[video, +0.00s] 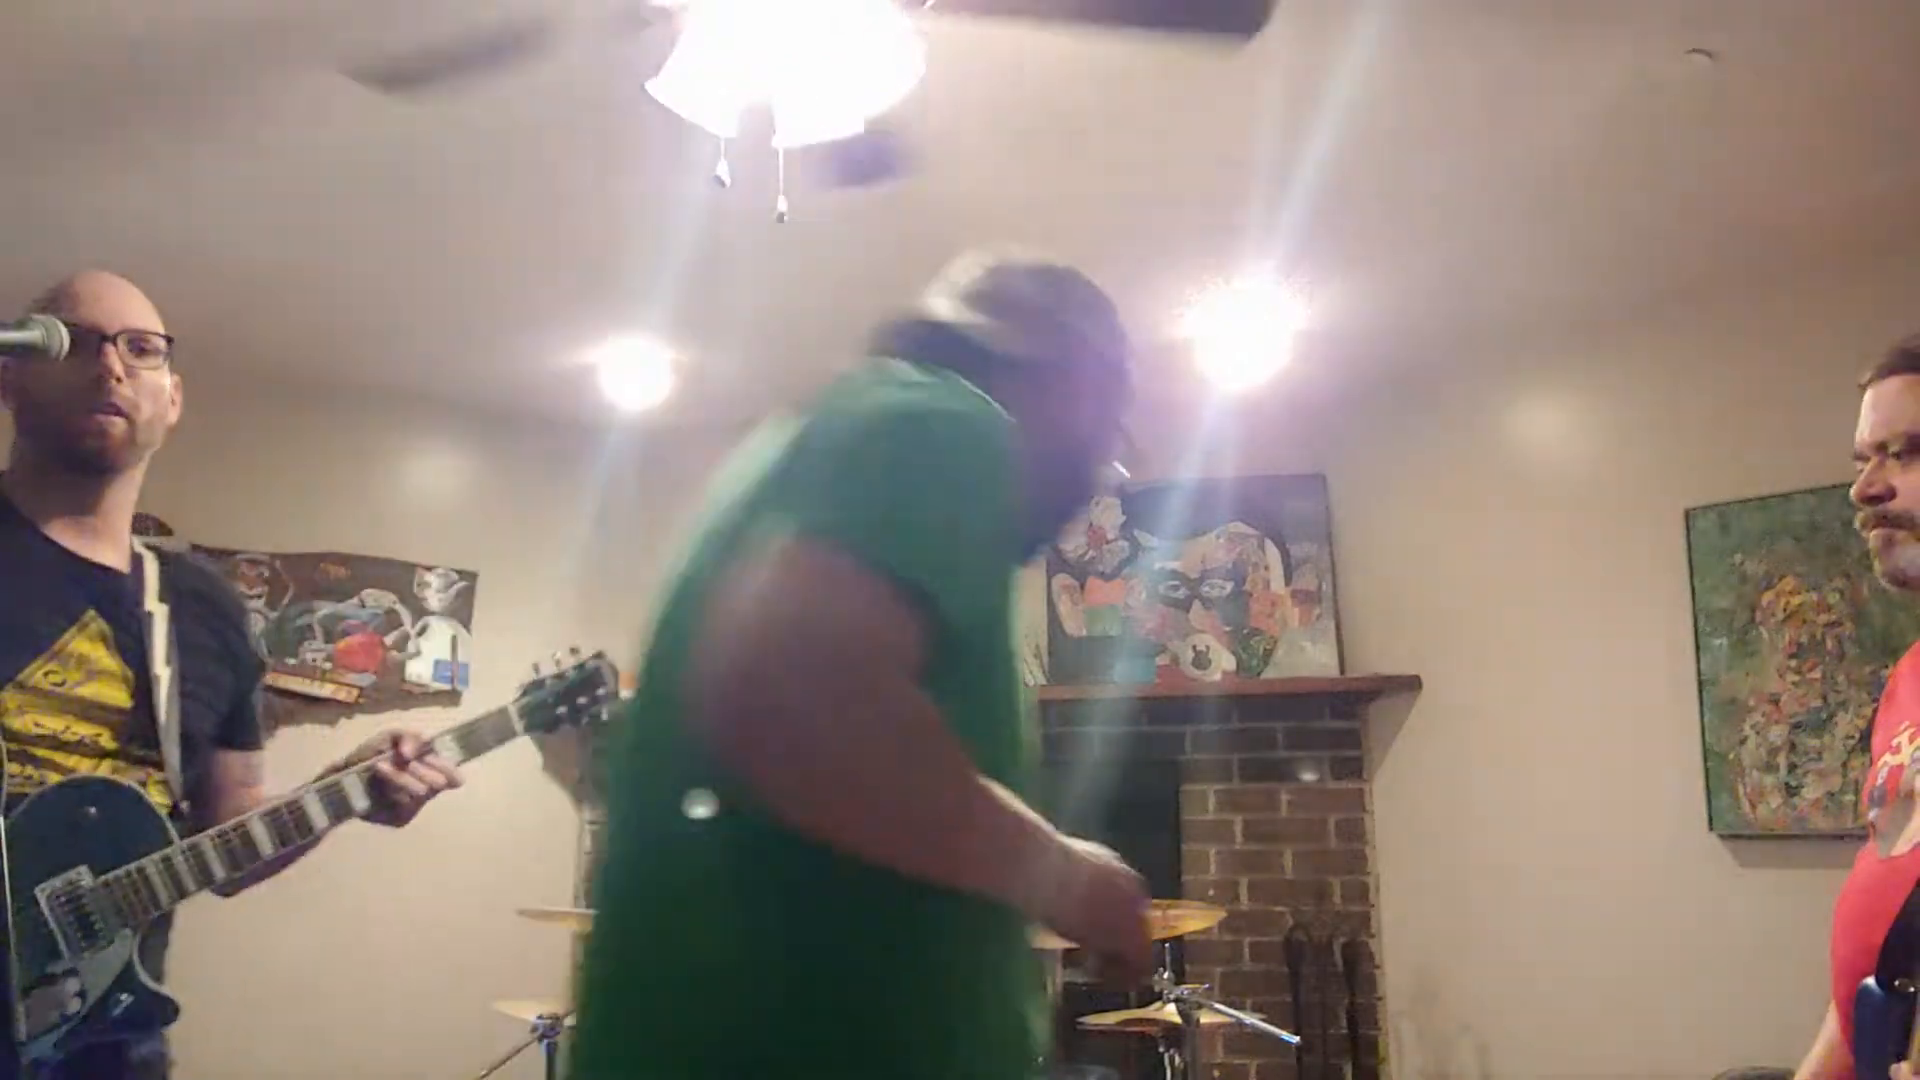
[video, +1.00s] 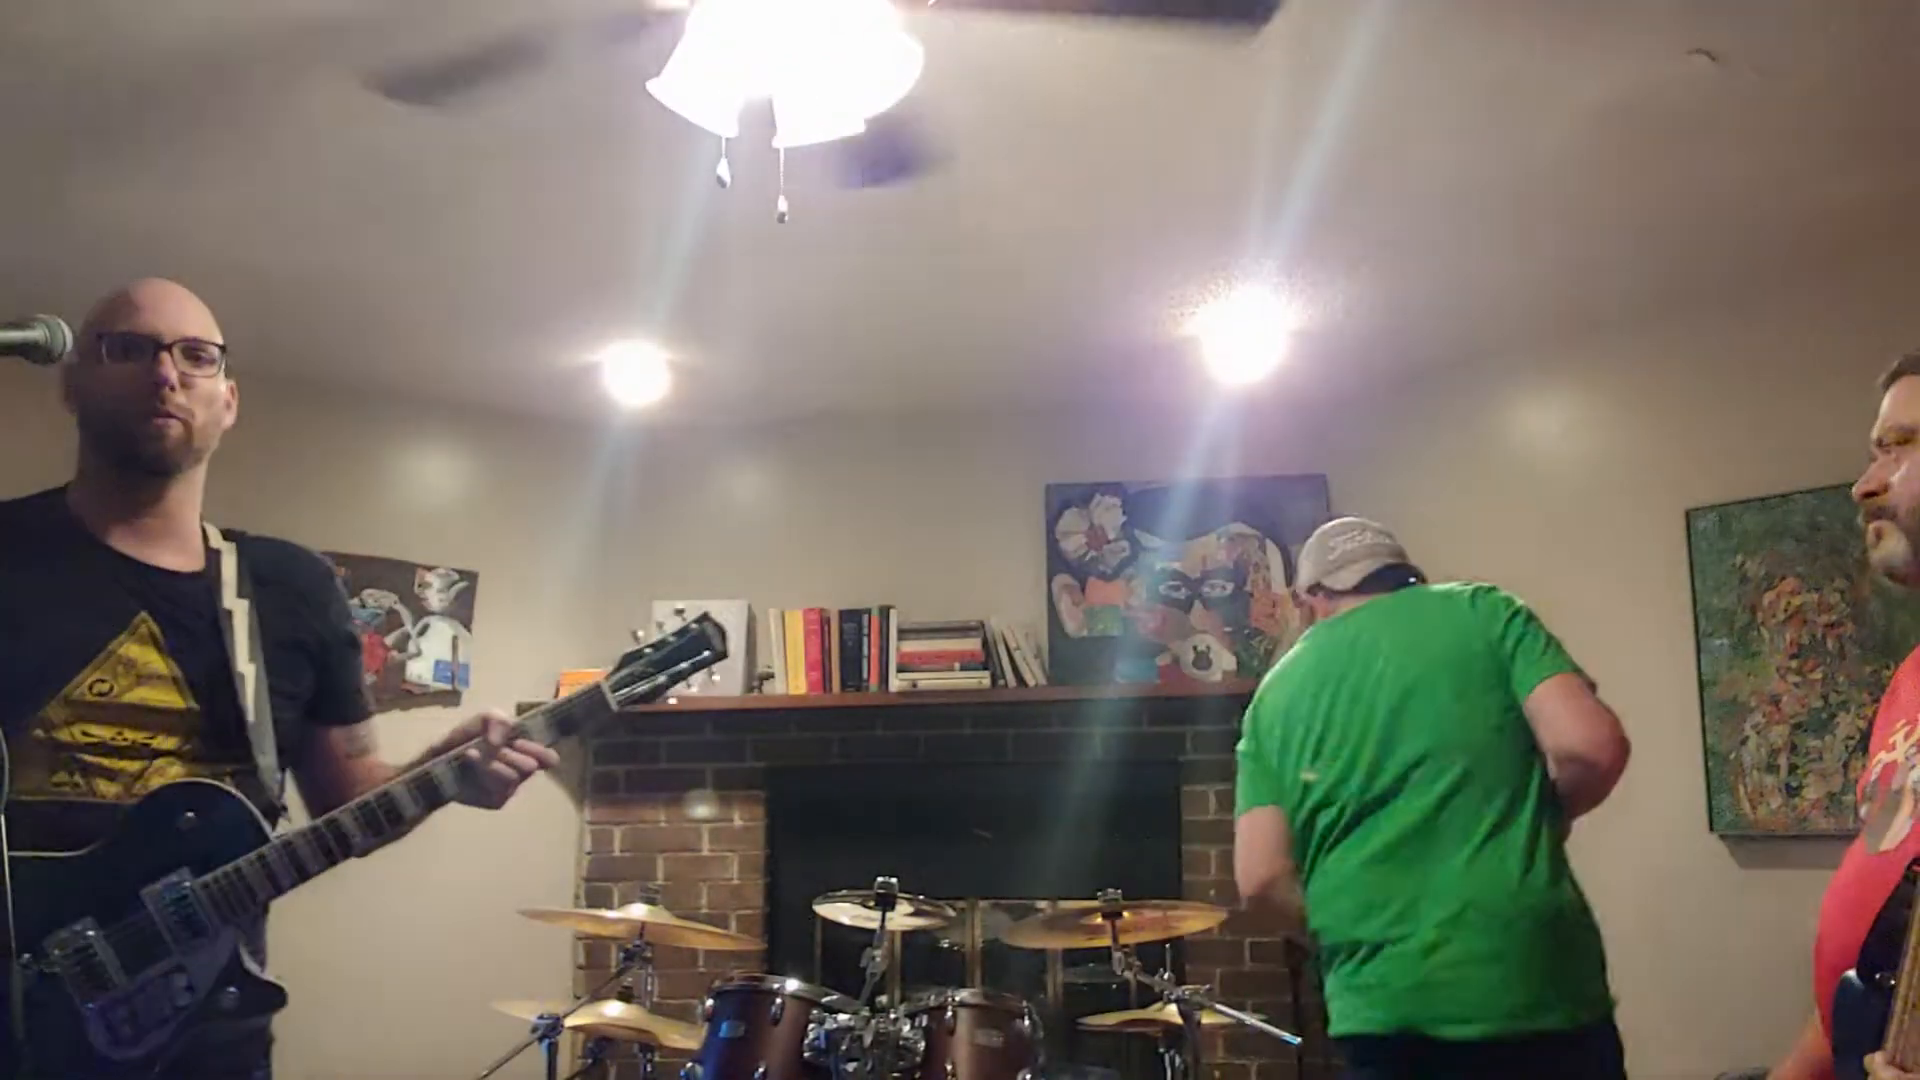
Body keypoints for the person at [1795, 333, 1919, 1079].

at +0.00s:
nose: (1867, 486)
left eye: (1902, 453)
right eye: (1863, 461)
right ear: (1858, 473)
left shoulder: (1909, 678)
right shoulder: (1905, 682)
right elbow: (1883, 915)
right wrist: (1818, 1066)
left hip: (1905, 1053)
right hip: (1871, 1050)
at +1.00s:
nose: (1865, 482)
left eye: (1897, 445)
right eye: (1875, 451)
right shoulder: (1906, 682)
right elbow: (1876, 908)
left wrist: (1803, 1059)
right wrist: (1801, 1061)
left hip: (1898, 1054)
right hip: (1854, 1046)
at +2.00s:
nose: (1900, 444)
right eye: (1902, 423)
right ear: (1894, 439)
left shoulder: (1910, 674)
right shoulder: (1909, 675)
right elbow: (1887, 898)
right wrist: (1818, 1066)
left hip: (1903, 1052)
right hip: (1873, 1050)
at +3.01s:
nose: (1872, 459)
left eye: (1906, 430)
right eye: (1877, 433)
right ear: (1874, 447)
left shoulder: (1906, 673)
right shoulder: (1904, 675)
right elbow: (1877, 904)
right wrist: (1813, 1065)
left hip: (1901, 1052)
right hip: (1860, 1045)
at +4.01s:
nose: (1849, 500)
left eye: (1874, 464)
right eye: (1855, 470)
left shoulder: (1910, 674)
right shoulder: (1908, 674)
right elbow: (1879, 906)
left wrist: (1816, 1065)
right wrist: (1811, 1068)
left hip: (1900, 1055)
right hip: (1860, 1049)